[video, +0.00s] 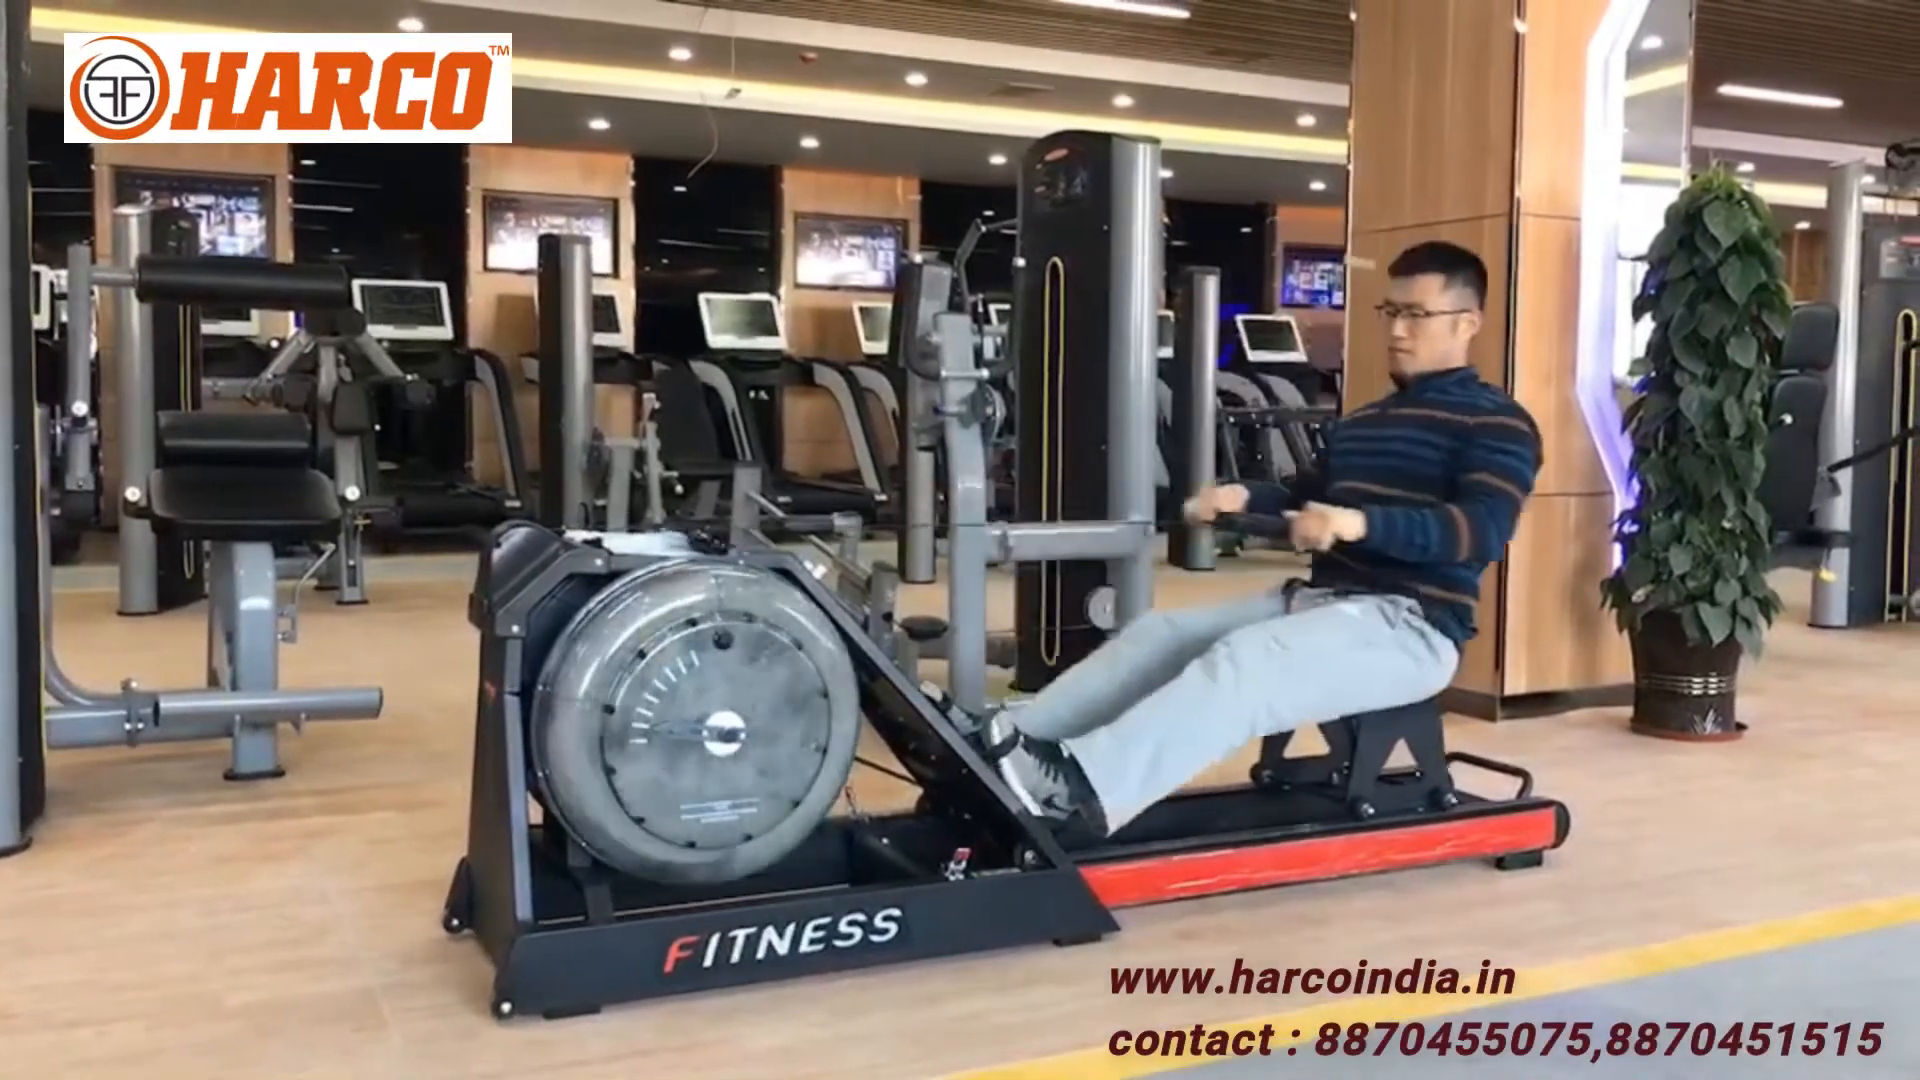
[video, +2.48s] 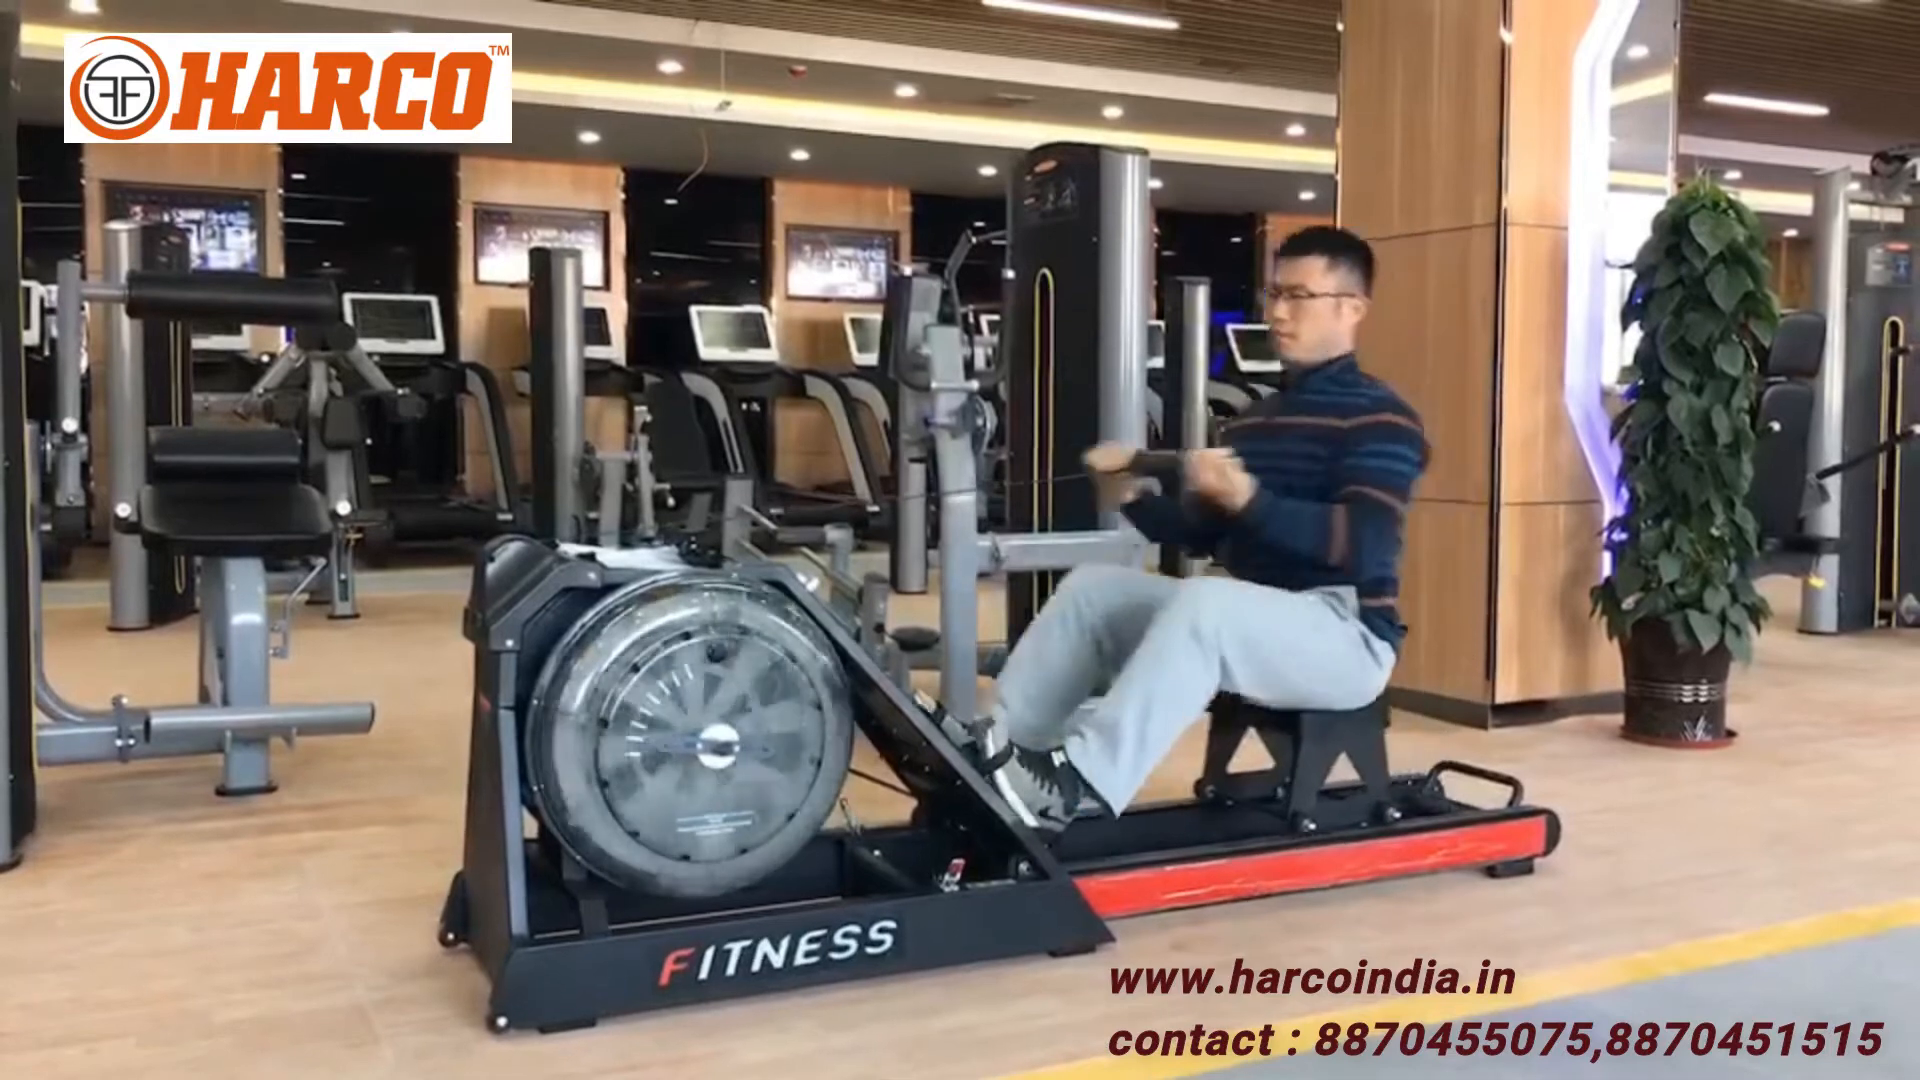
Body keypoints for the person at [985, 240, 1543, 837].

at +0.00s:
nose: (1397, 329)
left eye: (1418, 315)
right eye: (1392, 313)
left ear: (1469, 327)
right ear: (1382, 318)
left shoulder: (1500, 423)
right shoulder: (1365, 419)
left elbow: (1477, 534)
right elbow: (1318, 500)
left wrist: (1364, 525)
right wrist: (1244, 497)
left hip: (1408, 625)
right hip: (1321, 601)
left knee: (1240, 668)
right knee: (1163, 632)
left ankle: (1084, 790)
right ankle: (1005, 740)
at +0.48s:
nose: (1342, 316)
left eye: (1364, 302)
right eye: (1338, 300)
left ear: (1415, 318)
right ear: (1331, 305)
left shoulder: (1449, 416)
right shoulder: (1319, 414)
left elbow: (1485, 540)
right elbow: (1289, 521)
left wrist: (1373, 529)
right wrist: (1214, 528)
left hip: (1382, 627)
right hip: (1295, 605)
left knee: (1220, 618)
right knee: (1122, 592)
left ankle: (1084, 776)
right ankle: (1001, 737)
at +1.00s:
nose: (1175, 293)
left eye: (1198, 280)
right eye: (1175, 277)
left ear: (1252, 302)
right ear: (1167, 287)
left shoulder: (1269, 398)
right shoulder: (1146, 399)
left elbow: (1172, 485)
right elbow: (1074, 473)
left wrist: (1043, 514)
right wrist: (956, 481)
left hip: (1256, 637)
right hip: (1155, 614)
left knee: (1127, 558)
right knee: (998, 551)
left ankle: (1038, 769)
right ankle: (957, 748)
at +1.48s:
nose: (1260, 307)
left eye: (1283, 293)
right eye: (1255, 290)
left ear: (1331, 311)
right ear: (1244, 295)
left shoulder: (1341, 406)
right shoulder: (1222, 406)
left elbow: (1254, 502)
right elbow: (1158, 510)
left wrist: (1144, 477)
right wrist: (1056, 471)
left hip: (1315, 627)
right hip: (1221, 602)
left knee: (1175, 587)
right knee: (1062, 567)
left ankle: (1048, 772)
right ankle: (970, 732)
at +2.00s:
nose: (1396, 344)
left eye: (1417, 328)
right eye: (1387, 326)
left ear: (1465, 335)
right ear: (1376, 328)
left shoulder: (1490, 434)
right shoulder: (1369, 419)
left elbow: (1473, 551)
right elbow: (1306, 531)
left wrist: (1395, 478)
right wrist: (1269, 462)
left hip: (1401, 634)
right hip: (1313, 608)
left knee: (1245, 694)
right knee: (1175, 661)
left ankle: (1079, 804)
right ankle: (999, 744)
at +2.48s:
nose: (1277, 311)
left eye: (1296, 296)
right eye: (1274, 295)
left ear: (1352, 311)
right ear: (1266, 301)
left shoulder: (1382, 419)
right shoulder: (1260, 420)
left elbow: (1365, 542)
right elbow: (1202, 530)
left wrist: (1252, 501)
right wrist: (1131, 493)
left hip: (1348, 637)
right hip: (1251, 618)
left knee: (1205, 607)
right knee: (1091, 591)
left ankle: (1081, 781)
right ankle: (1000, 751)